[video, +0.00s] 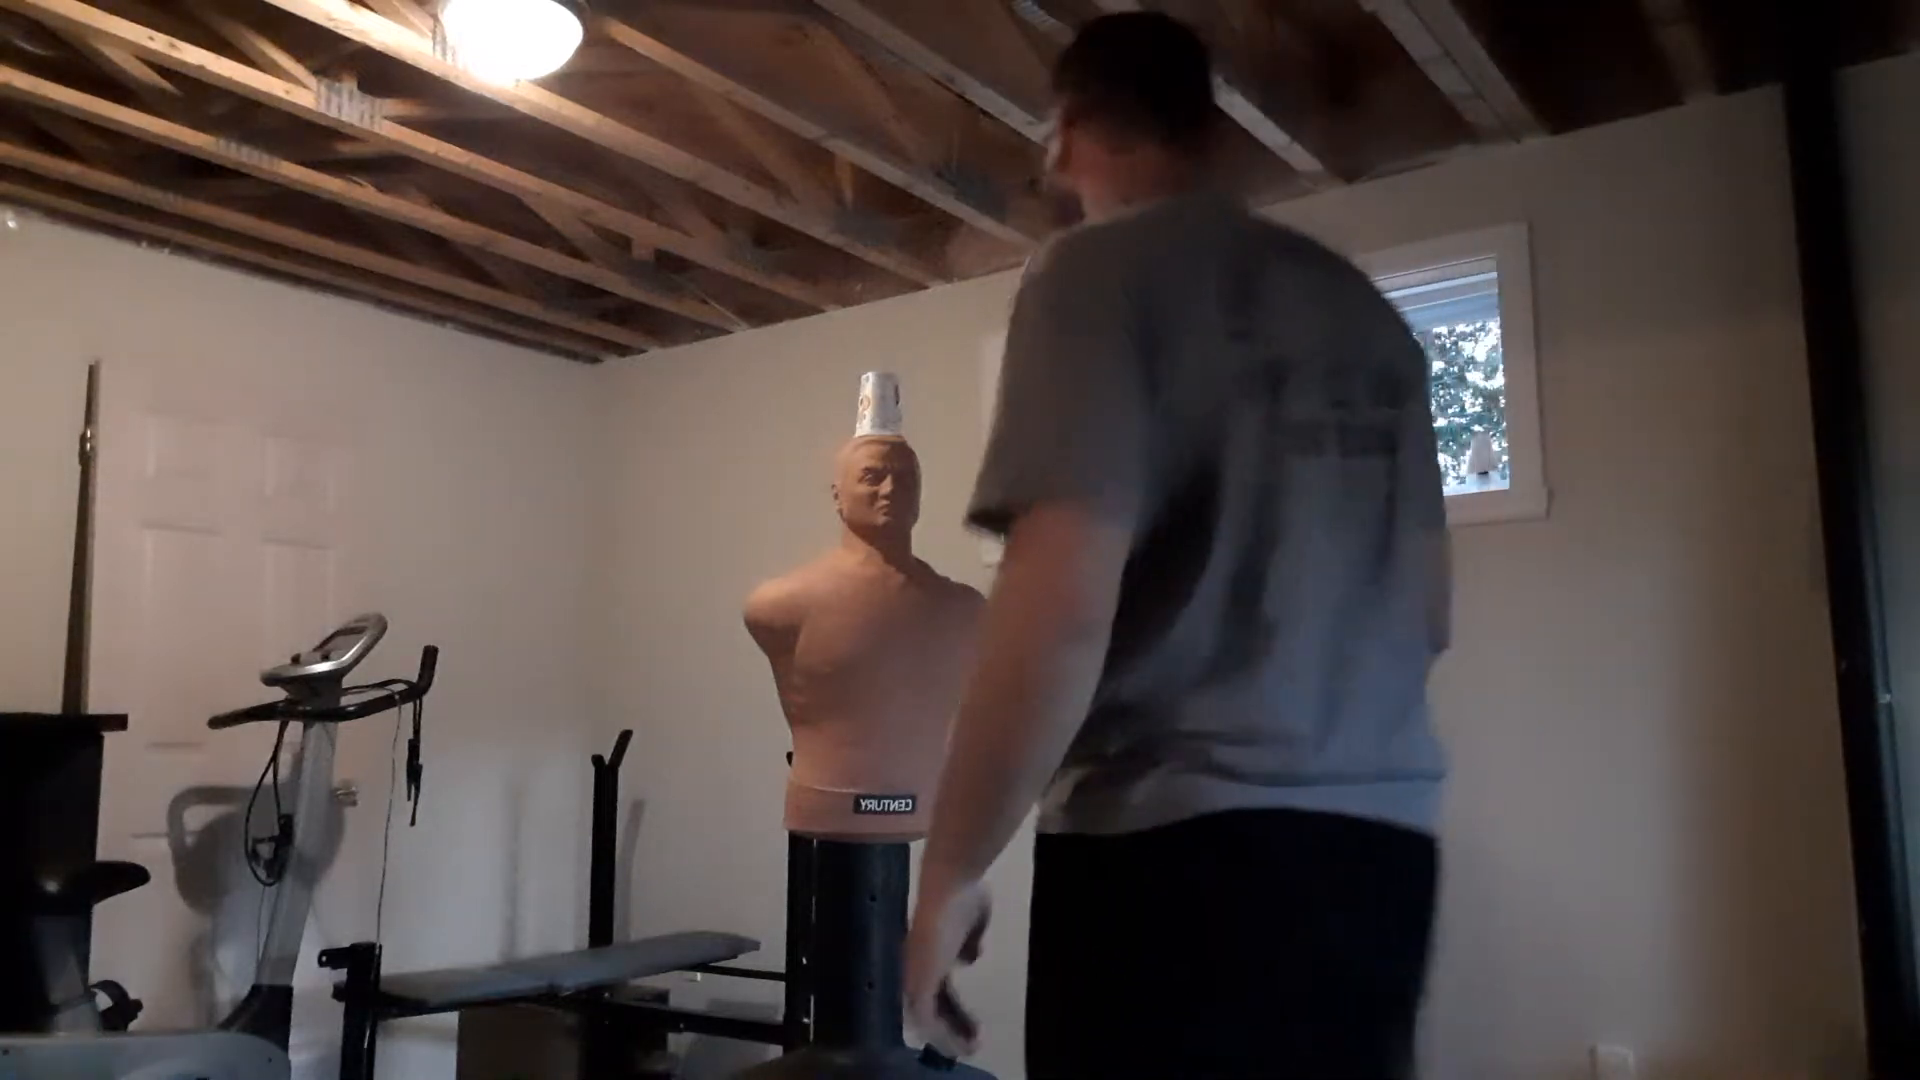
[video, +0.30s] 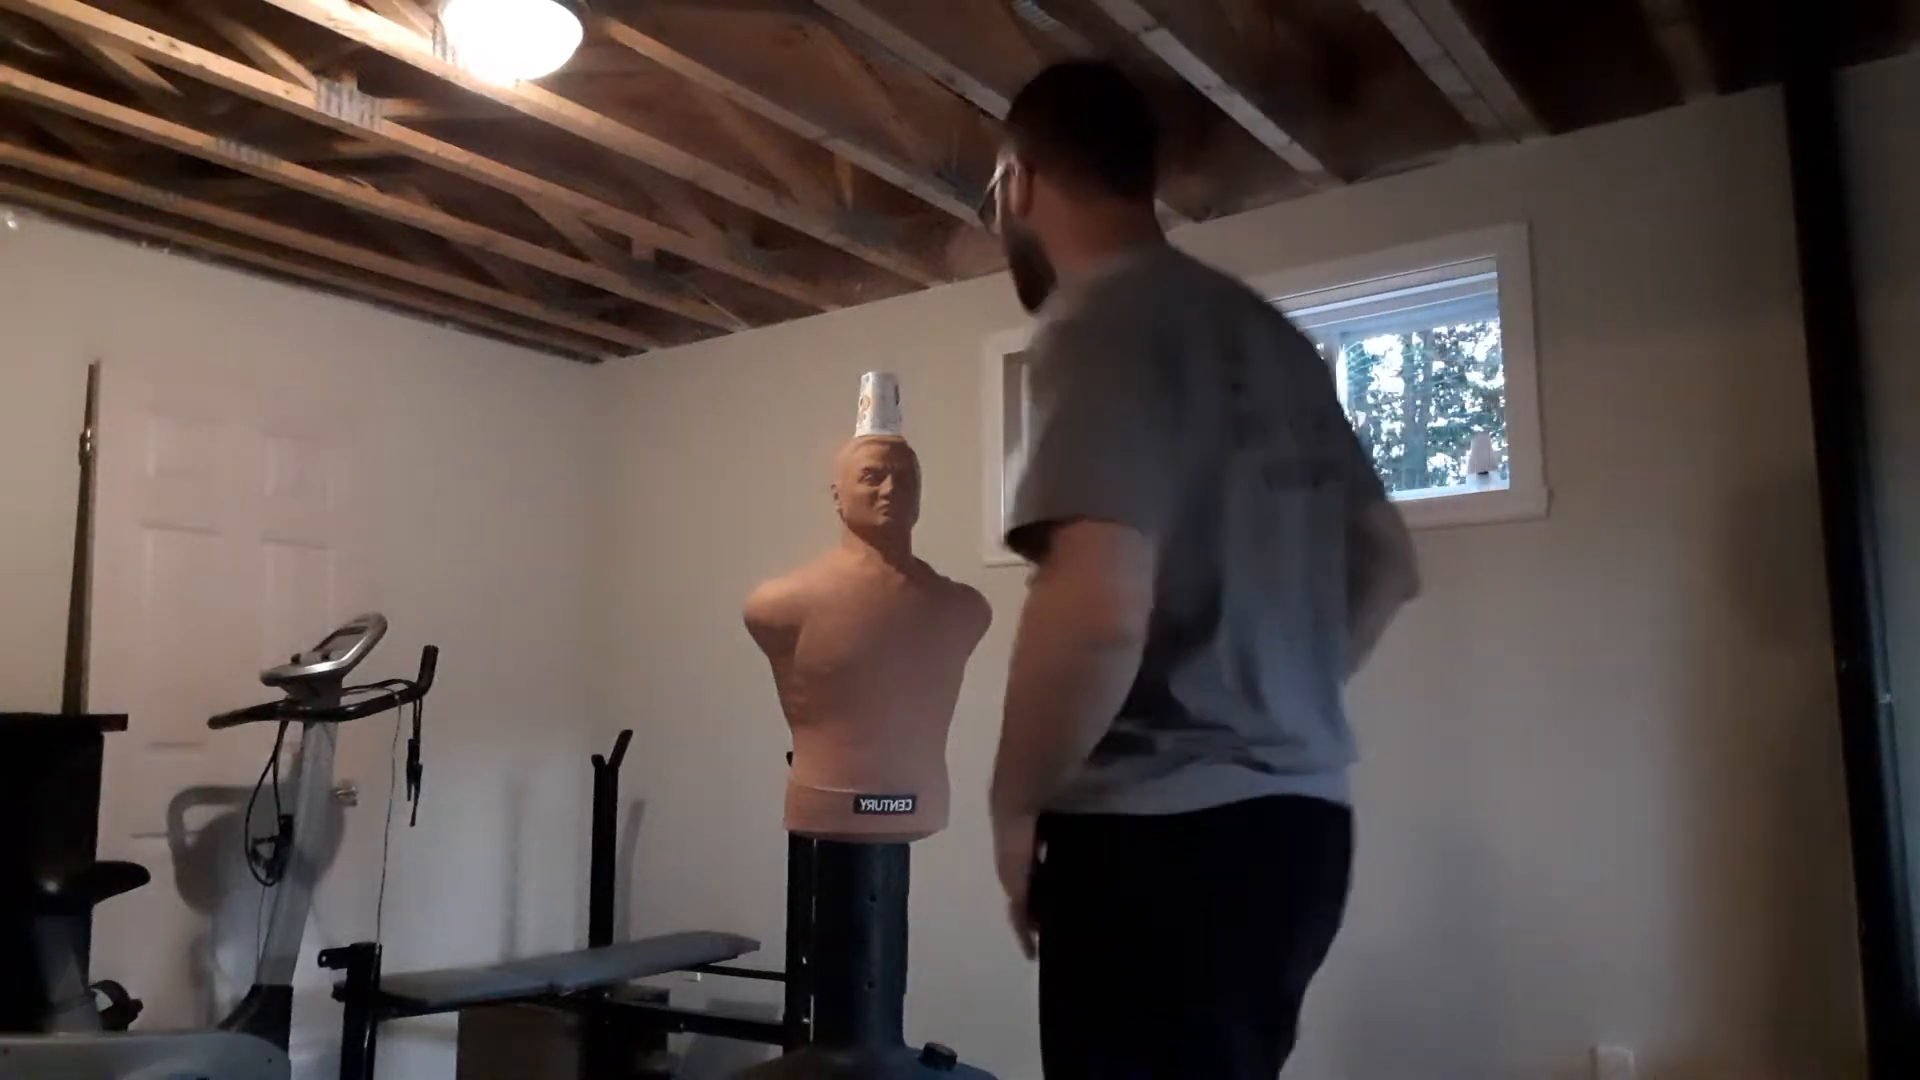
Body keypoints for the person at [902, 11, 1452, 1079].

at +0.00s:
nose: (1065, 187)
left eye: (1065, 157)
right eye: (1060, 164)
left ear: (1098, 128)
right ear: (1205, 131)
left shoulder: (1106, 267)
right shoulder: (1369, 310)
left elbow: (1065, 592)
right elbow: (1420, 608)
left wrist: (951, 876)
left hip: (1171, 855)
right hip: (1375, 859)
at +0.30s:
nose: (999, 212)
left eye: (998, 184)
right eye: (999, 187)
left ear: (1021, 179)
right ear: (1144, 174)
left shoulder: (1108, 312)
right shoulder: (1272, 334)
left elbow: (1098, 607)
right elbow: (1385, 568)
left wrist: (1015, 802)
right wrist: (1270, 700)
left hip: (1156, 842)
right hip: (1290, 833)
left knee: (1124, 1067)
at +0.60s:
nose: (1021, 280)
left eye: (1026, 253)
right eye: (1020, 258)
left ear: (1066, 243)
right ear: (1149, 238)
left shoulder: (1162, 307)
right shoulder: (1206, 332)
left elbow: (1079, 440)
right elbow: (1086, 484)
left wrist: (930, 501)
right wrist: (951, 488)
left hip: (1233, 815)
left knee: (1142, 1067)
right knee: (1216, 1067)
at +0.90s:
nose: (1076, 287)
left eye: (1080, 257)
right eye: (1074, 264)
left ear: (1122, 247)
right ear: (1212, 245)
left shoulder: (1189, 360)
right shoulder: (1288, 373)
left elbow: (1091, 621)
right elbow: (1273, 660)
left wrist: (1013, 645)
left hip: (1252, 854)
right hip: (1338, 839)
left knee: (1239, 1067)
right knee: (1309, 1067)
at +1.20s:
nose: (1075, 269)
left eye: (1079, 237)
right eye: (1074, 243)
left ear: (1123, 232)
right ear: (1216, 223)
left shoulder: (1233, 326)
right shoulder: (1285, 332)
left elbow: (1188, 580)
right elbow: (1307, 606)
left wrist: (1084, 616)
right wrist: (1160, 691)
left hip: (1323, 853)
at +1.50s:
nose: (1055, 300)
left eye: (1056, 272)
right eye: (1052, 278)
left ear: (1095, 265)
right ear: (1177, 260)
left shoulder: (1236, 371)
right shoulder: (1195, 400)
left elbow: (1263, 628)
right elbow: (1205, 659)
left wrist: (1052, 639)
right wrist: (1060, 723)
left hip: (1314, 841)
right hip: (1276, 841)